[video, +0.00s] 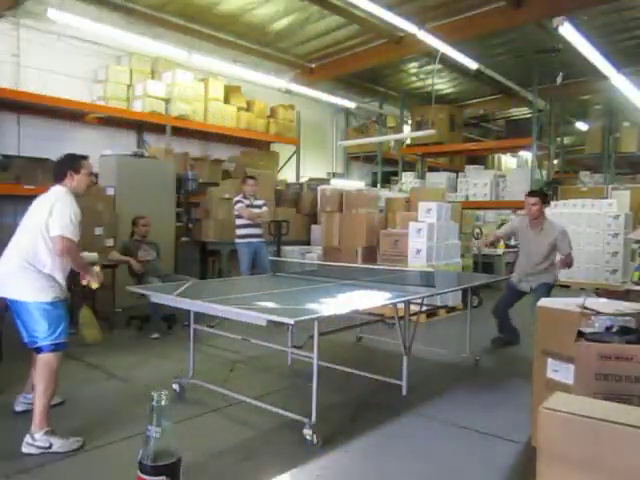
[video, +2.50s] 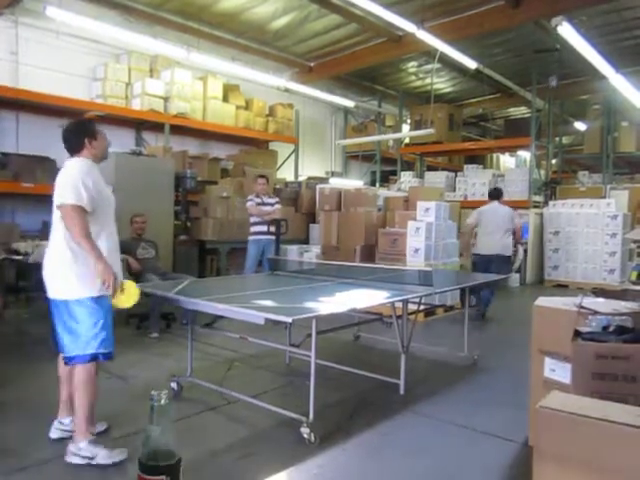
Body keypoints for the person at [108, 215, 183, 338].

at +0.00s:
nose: (147, 229)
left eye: (148, 226)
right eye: (143, 226)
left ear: (150, 227)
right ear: (135, 228)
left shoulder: (154, 245)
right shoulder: (128, 245)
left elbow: (157, 262)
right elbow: (111, 256)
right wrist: (130, 260)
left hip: (160, 275)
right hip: (144, 276)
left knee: (190, 282)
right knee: (157, 288)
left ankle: (190, 320)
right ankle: (154, 328)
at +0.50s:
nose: (142, 228)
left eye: (145, 225)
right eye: (139, 226)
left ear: (148, 227)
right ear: (133, 228)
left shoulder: (153, 245)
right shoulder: (128, 244)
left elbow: (158, 262)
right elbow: (112, 256)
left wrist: (163, 272)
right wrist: (130, 260)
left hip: (161, 274)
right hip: (145, 276)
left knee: (192, 283)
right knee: (159, 292)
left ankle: (188, 320)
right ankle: (154, 329)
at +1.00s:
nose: (145, 228)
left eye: (147, 225)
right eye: (142, 225)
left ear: (149, 227)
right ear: (134, 228)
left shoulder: (154, 245)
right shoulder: (128, 244)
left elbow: (158, 261)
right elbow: (112, 256)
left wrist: (163, 272)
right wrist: (130, 260)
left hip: (162, 274)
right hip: (145, 276)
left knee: (192, 283)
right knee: (159, 292)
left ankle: (188, 320)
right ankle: (154, 329)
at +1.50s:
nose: (147, 228)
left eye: (148, 225)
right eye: (144, 225)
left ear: (149, 227)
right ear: (135, 227)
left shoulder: (154, 245)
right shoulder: (128, 244)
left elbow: (158, 262)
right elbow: (112, 255)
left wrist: (163, 272)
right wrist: (130, 260)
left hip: (162, 275)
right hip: (146, 276)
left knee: (192, 283)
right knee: (158, 292)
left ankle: (188, 320)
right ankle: (154, 329)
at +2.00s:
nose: (146, 228)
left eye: (147, 225)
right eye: (143, 225)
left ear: (149, 226)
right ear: (135, 227)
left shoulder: (154, 245)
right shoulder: (128, 244)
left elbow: (158, 262)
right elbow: (112, 255)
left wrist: (162, 272)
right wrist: (130, 260)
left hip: (161, 274)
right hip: (145, 276)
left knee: (192, 283)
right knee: (159, 293)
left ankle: (189, 320)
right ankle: (154, 329)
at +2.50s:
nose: (140, 226)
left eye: (143, 223)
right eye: (137, 223)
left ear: (146, 225)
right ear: (131, 225)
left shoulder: (152, 244)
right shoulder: (125, 243)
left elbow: (156, 262)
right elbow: (114, 254)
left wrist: (161, 271)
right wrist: (128, 258)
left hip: (159, 273)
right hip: (142, 273)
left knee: (189, 281)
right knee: (160, 288)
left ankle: (186, 319)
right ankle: (154, 328)